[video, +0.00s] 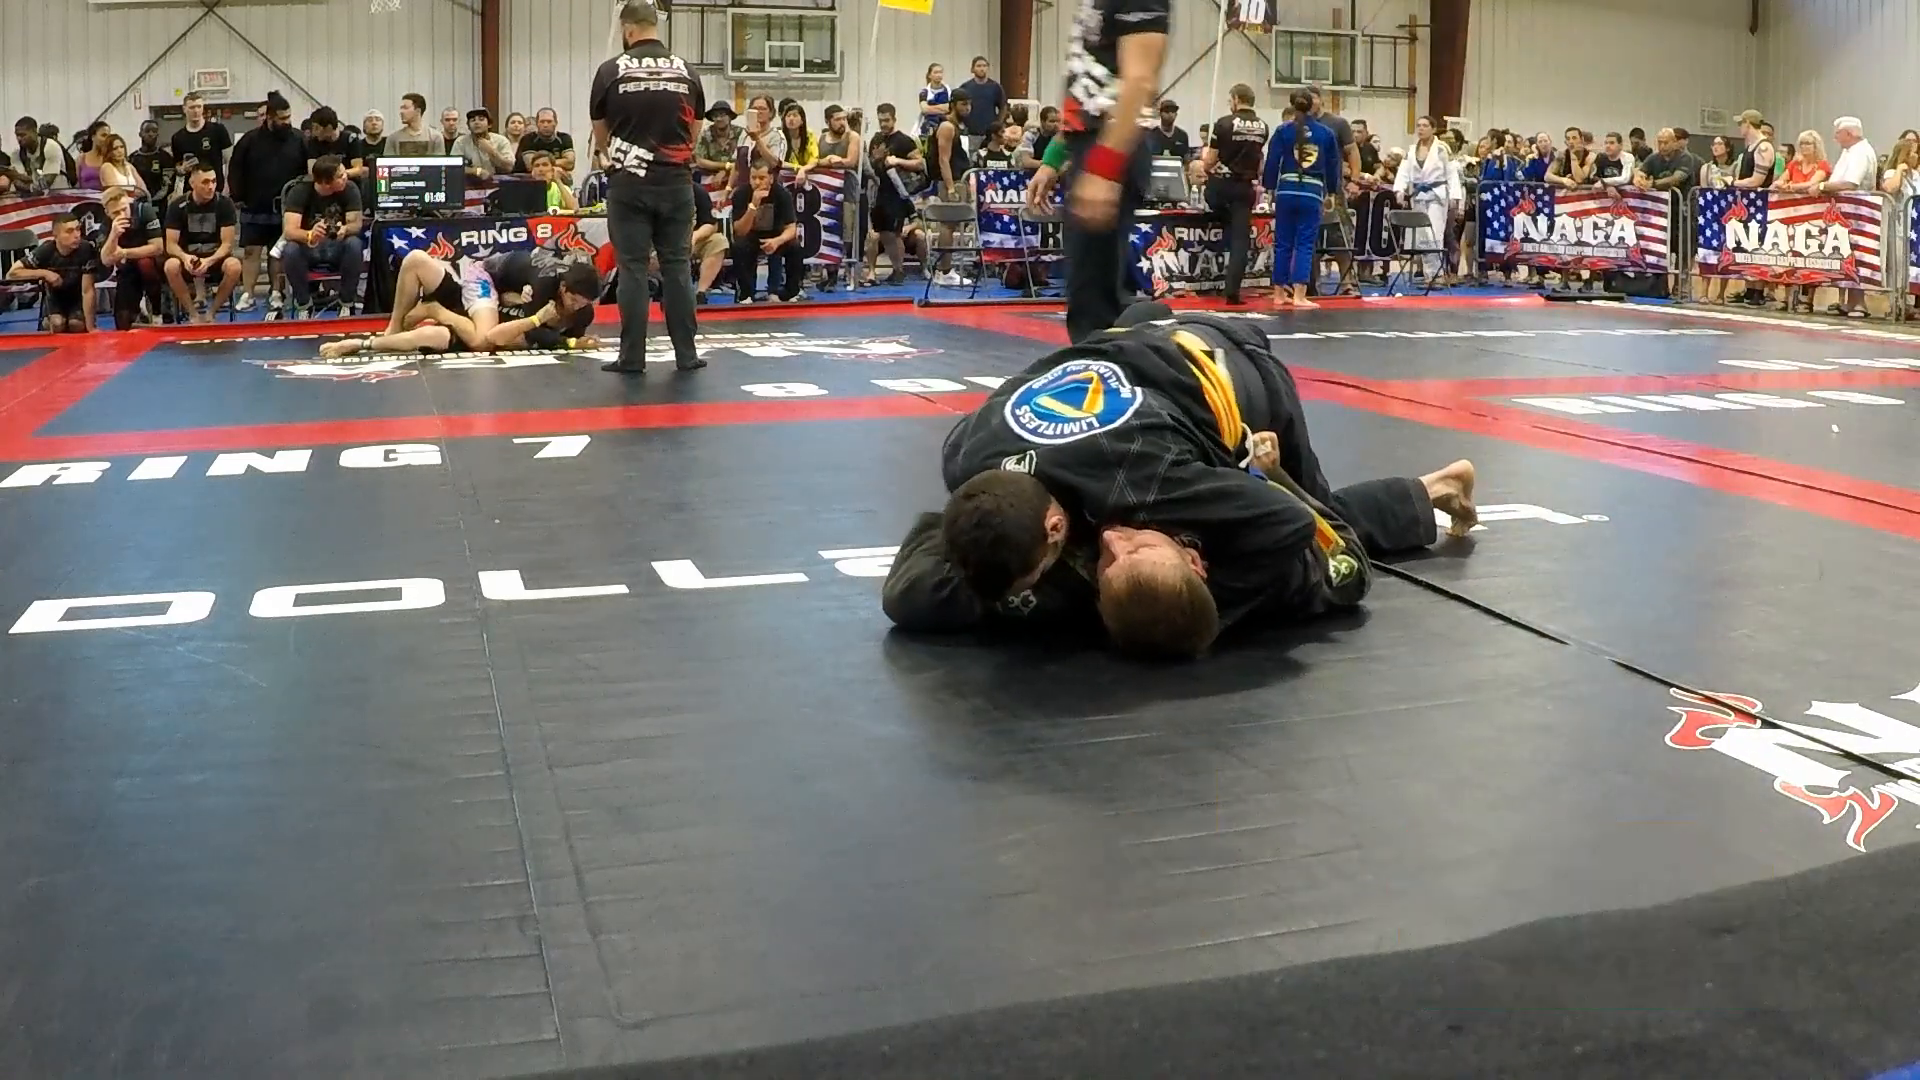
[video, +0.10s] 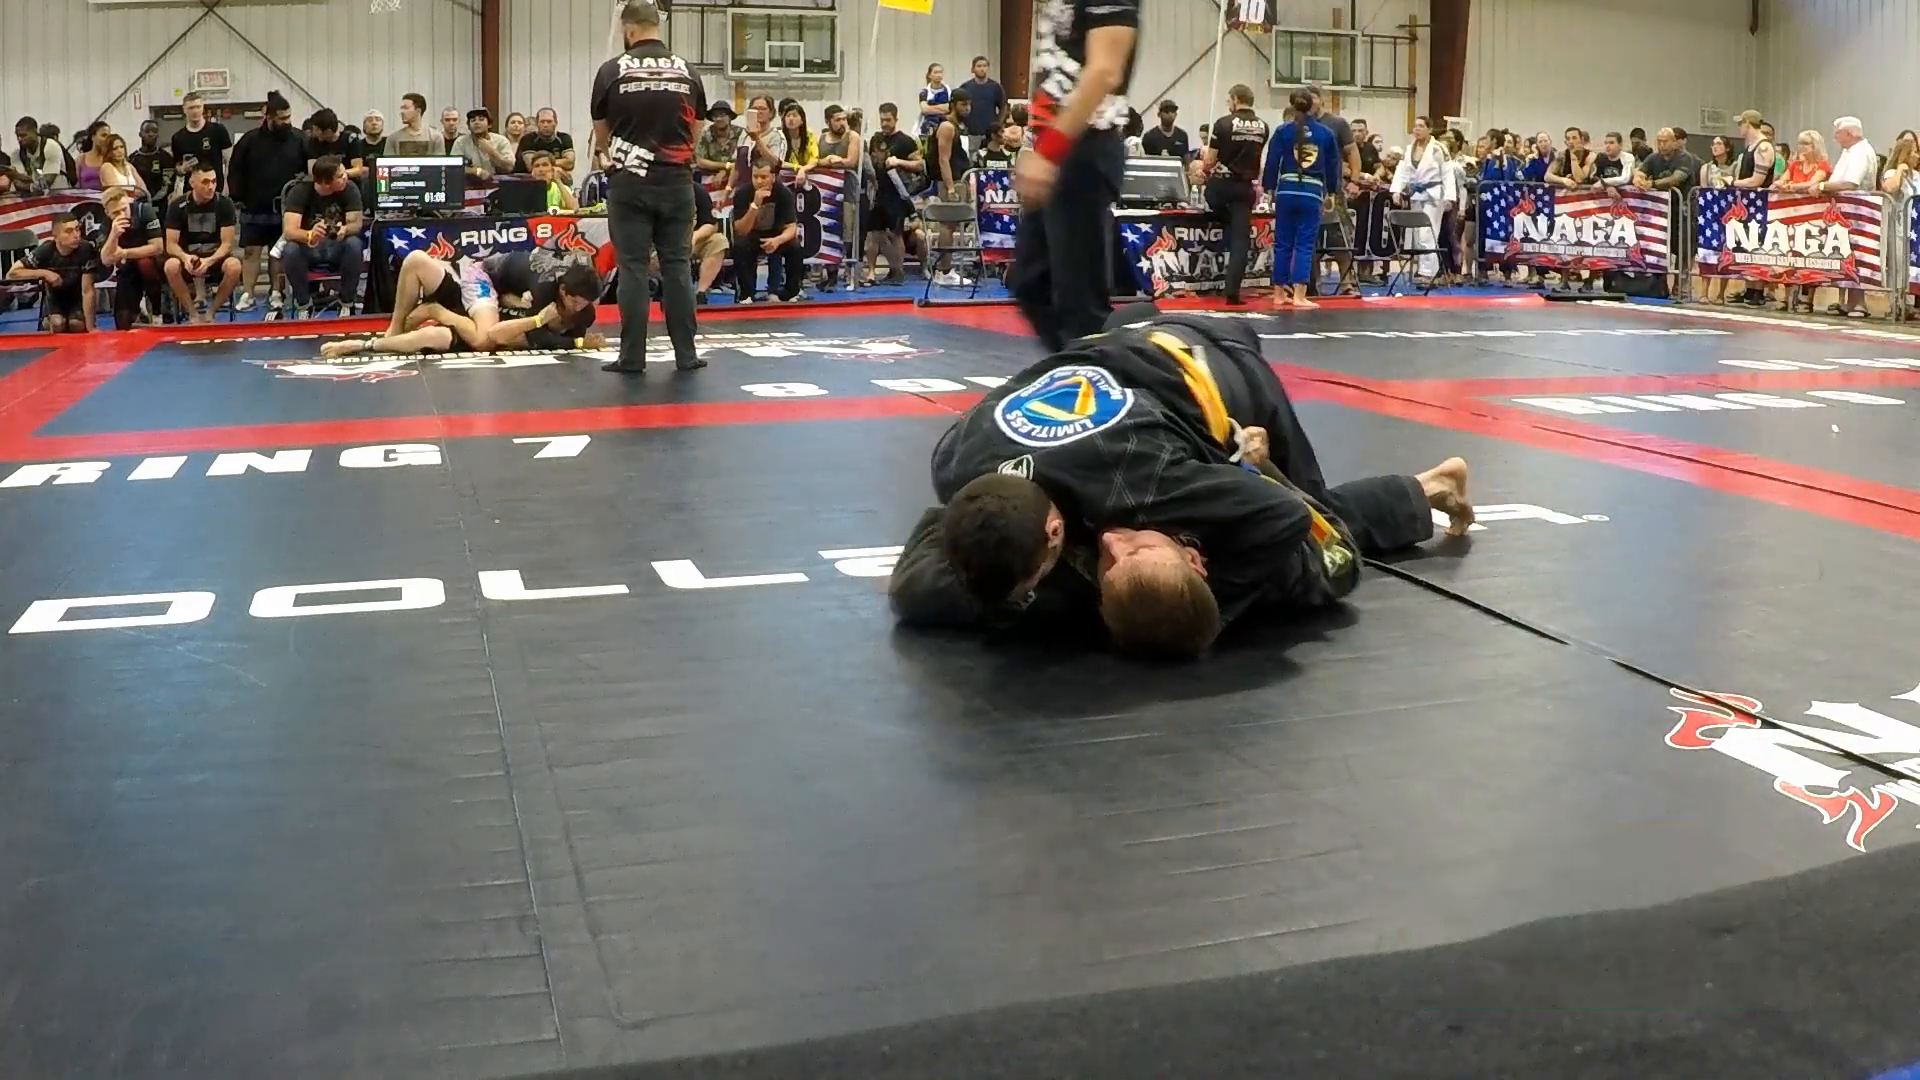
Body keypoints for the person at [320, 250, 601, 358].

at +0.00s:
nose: (577, 308)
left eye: (584, 304)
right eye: (575, 300)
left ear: (590, 302)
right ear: (564, 287)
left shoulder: (583, 312)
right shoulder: (543, 279)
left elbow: (546, 336)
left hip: (495, 297)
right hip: (479, 274)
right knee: (415, 259)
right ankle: (393, 331)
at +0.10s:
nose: (581, 308)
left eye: (586, 304)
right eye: (577, 301)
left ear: (591, 300)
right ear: (564, 292)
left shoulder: (586, 311)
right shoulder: (541, 285)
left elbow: (570, 341)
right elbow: (496, 336)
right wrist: (538, 321)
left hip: (497, 296)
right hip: (479, 274)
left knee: (485, 341)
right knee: (415, 260)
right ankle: (394, 335)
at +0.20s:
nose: (583, 313)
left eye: (587, 308)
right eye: (578, 307)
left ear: (591, 302)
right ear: (566, 296)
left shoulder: (584, 306)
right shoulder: (543, 291)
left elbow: (584, 338)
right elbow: (496, 336)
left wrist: (582, 338)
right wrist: (540, 323)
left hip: (498, 294)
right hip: (481, 272)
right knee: (415, 261)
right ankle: (396, 336)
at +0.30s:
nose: (583, 314)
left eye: (588, 309)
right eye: (579, 307)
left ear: (594, 301)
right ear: (568, 294)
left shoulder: (587, 307)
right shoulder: (547, 290)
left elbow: (598, 340)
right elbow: (499, 332)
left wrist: (574, 337)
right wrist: (544, 325)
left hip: (500, 295)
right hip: (481, 274)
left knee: (440, 338)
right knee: (414, 262)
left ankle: (367, 351)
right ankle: (396, 337)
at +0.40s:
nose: (584, 315)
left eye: (590, 310)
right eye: (580, 309)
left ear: (596, 301)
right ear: (569, 296)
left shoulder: (589, 301)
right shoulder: (549, 283)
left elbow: (597, 335)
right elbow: (503, 333)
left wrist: (568, 334)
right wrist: (548, 324)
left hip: (502, 296)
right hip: (482, 272)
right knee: (413, 263)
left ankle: (373, 350)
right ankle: (399, 334)